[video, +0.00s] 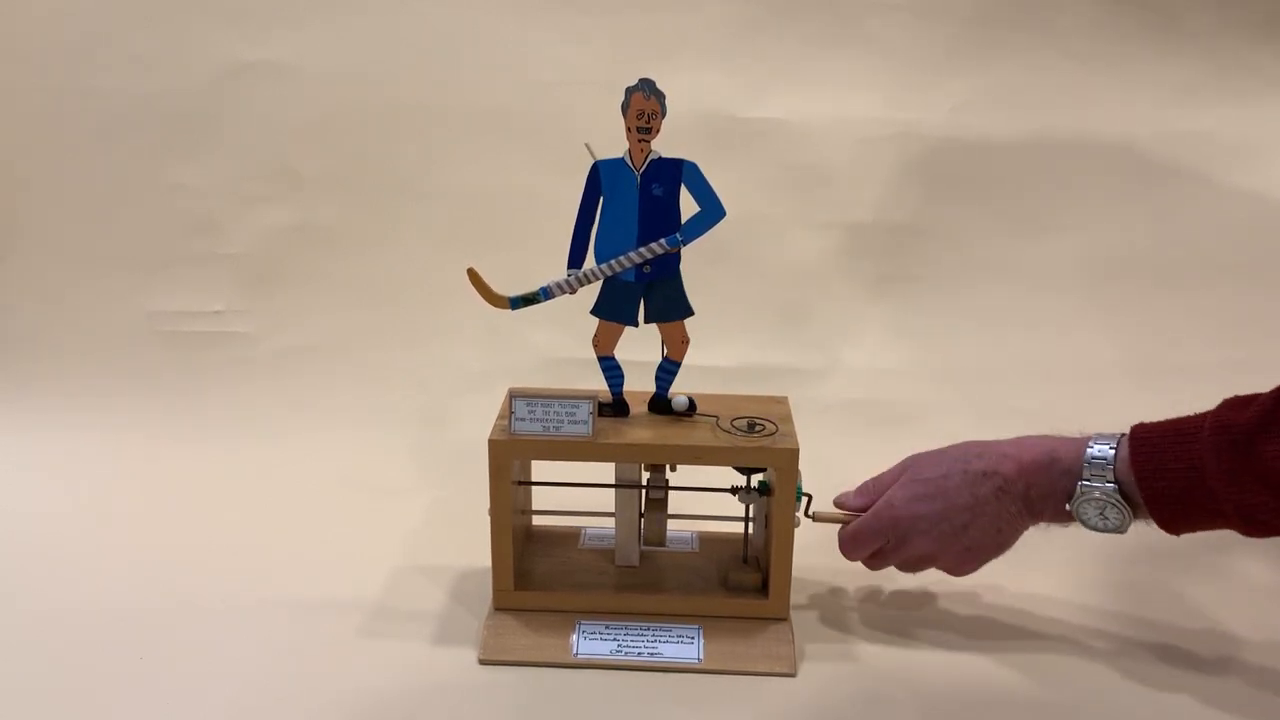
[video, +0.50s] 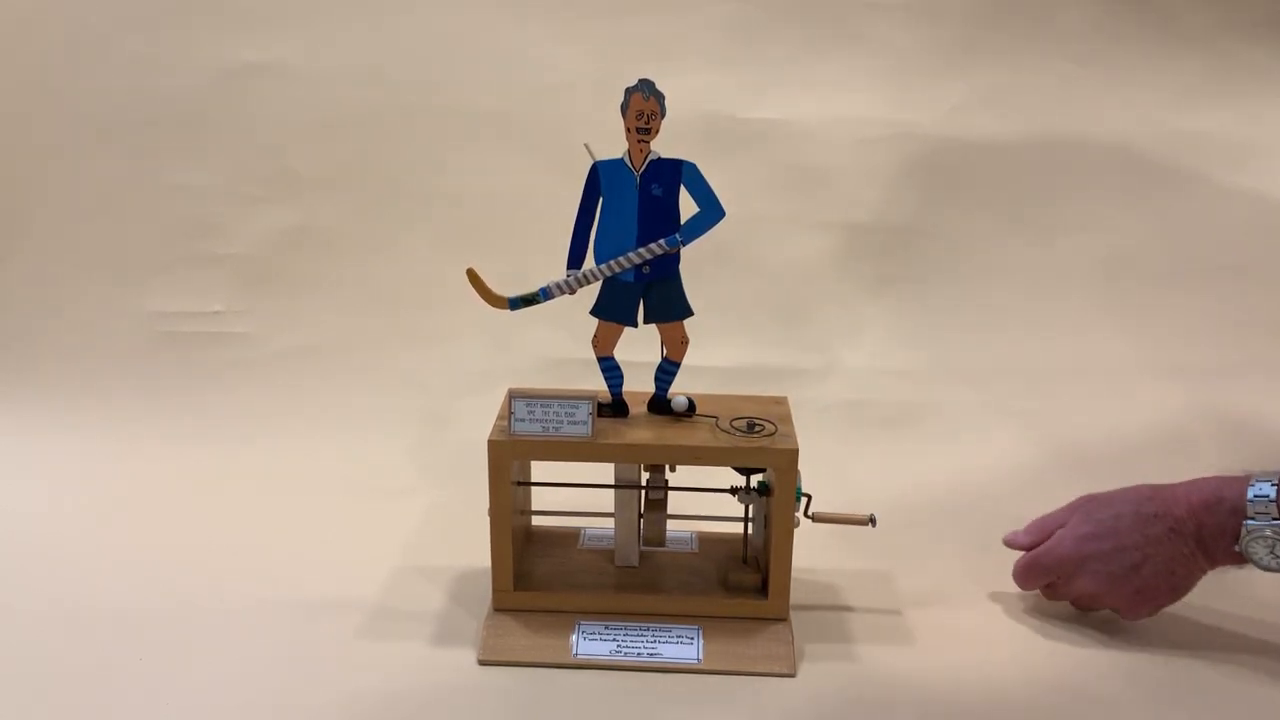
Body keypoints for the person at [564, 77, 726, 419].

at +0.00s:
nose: (646, 120)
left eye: (653, 114)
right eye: (639, 113)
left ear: (662, 121)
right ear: (624, 118)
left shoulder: (678, 169)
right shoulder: (603, 171)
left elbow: (715, 211)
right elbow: (584, 224)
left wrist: (676, 241)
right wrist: (573, 273)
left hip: (663, 276)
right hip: (619, 276)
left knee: (678, 343)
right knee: (603, 344)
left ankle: (660, 399)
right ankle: (618, 400)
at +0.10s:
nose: (646, 120)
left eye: (653, 114)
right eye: (639, 113)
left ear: (662, 121)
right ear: (624, 117)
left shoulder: (678, 169)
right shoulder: (603, 171)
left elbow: (715, 210)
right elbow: (584, 224)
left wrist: (677, 240)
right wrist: (573, 272)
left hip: (662, 275)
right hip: (619, 275)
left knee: (677, 343)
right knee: (603, 343)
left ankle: (660, 399)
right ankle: (617, 400)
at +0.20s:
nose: (646, 120)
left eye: (653, 114)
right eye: (638, 113)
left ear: (661, 121)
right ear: (624, 118)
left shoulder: (678, 170)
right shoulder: (603, 171)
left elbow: (715, 211)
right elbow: (583, 224)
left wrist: (676, 241)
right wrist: (573, 273)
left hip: (662, 276)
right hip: (619, 276)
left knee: (677, 344)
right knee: (602, 344)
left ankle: (660, 399)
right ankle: (617, 400)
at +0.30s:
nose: (646, 120)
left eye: (653, 114)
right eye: (639, 113)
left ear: (661, 121)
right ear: (624, 118)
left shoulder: (678, 170)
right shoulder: (603, 171)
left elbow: (715, 211)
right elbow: (583, 224)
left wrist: (676, 241)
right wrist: (573, 273)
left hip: (662, 276)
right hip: (619, 276)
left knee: (677, 344)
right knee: (602, 344)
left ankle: (660, 400)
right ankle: (617, 400)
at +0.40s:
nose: (645, 120)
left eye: (652, 114)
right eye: (638, 113)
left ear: (661, 122)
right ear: (623, 118)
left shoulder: (678, 170)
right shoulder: (603, 171)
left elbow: (715, 210)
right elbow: (583, 224)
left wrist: (677, 241)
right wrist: (573, 272)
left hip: (662, 276)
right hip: (619, 276)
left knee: (677, 343)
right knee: (602, 344)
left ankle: (660, 399)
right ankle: (617, 400)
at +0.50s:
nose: (645, 120)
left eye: (652, 114)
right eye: (638, 113)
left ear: (661, 122)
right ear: (623, 118)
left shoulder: (677, 170)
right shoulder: (602, 171)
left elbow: (714, 211)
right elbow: (583, 225)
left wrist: (677, 241)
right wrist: (573, 273)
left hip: (662, 276)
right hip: (619, 276)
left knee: (677, 344)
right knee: (602, 344)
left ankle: (660, 400)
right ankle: (617, 401)